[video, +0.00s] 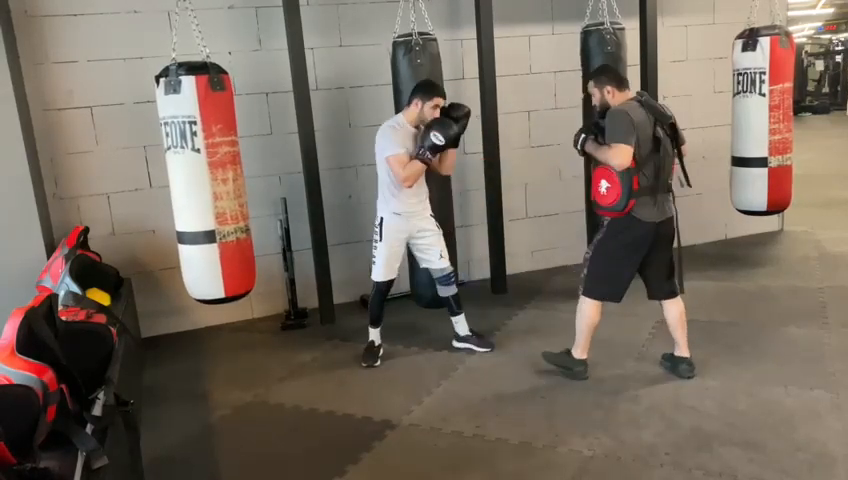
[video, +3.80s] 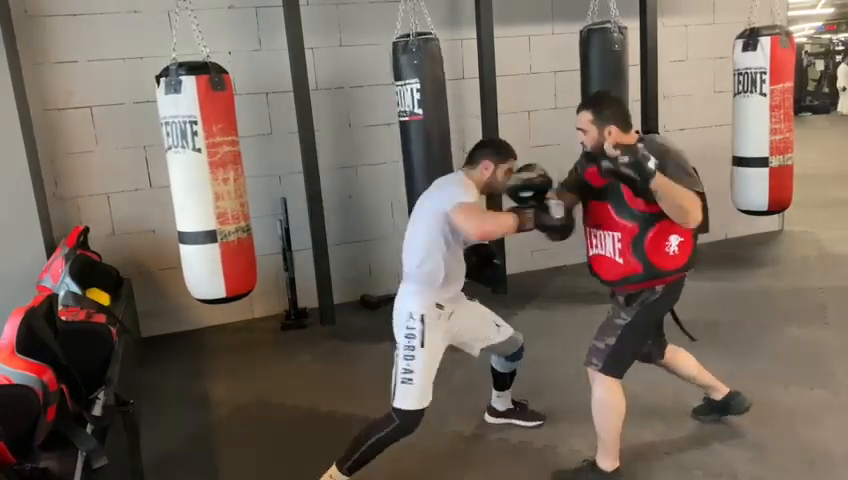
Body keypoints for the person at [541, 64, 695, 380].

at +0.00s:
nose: (594, 101)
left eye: (594, 95)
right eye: (591, 96)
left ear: (609, 90)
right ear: (624, 87)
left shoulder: (619, 115)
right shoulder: (653, 107)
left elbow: (620, 158)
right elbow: (679, 147)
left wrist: (587, 144)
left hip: (629, 222)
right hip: (661, 221)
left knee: (593, 286)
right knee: (666, 289)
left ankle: (578, 357)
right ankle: (683, 357)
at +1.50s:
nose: (607, 101)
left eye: (609, 93)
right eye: (606, 94)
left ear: (625, 89)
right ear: (634, 89)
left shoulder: (647, 111)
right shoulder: (662, 107)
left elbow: (660, 151)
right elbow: (660, 153)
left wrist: (612, 140)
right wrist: (615, 140)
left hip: (660, 214)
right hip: (682, 212)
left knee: (624, 286)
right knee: (685, 282)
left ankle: (624, 364)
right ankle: (700, 350)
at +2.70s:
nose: (605, 113)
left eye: (606, 106)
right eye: (604, 107)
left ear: (624, 104)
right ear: (635, 101)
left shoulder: (645, 128)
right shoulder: (665, 117)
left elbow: (640, 180)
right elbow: (670, 164)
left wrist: (596, 181)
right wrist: (621, 154)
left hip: (672, 226)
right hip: (697, 221)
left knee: (633, 295)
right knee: (688, 278)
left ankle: (625, 377)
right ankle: (727, 342)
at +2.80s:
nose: (602, 114)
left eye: (603, 107)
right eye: (600, 108)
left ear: (620, 104)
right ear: (632, 100)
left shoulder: (639, 127)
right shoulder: (662, 116)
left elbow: (638, 178)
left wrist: (592, 204)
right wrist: (615, 136)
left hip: (670, 224)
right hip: (697, 219)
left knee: (633, 297)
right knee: (685, 278)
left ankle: (625, 377)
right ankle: (717, 342)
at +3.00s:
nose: (625, 116)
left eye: (630, 108)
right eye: (623, 109)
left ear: (658, 104)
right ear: (663, 106)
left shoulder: (670, 141)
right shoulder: (691, 129)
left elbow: (665, 204)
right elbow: (661, 184)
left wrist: (604, 197)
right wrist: (626, 149)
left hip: (694, 263)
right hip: (723, 255)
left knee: (640, 348)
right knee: (705, 327)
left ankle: (639, 447)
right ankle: (741, 405)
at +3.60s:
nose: (604, 120)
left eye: (610, 112)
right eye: (602, 112)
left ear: (638, 111)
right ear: (638, 113)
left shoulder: (660, 147)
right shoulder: (640, 145)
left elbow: (675, 209)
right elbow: (609, 188)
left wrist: (608, 197)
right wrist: (592, 151)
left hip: (663, 273)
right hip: (667, 268)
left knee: (613, 363)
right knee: (687, 344)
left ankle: (604, 461)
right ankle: (738, 408)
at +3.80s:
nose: (581, 140)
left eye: (585, 132)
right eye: (580, 132)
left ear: (611, 131)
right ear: (602, 132)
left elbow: (693, 216)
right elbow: (566, 198)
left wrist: (647, 177)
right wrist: (547, 200)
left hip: (657, 279)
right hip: (625, 277)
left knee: (601, 365)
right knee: (654, 350)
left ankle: (605, 465)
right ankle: (723, 394)